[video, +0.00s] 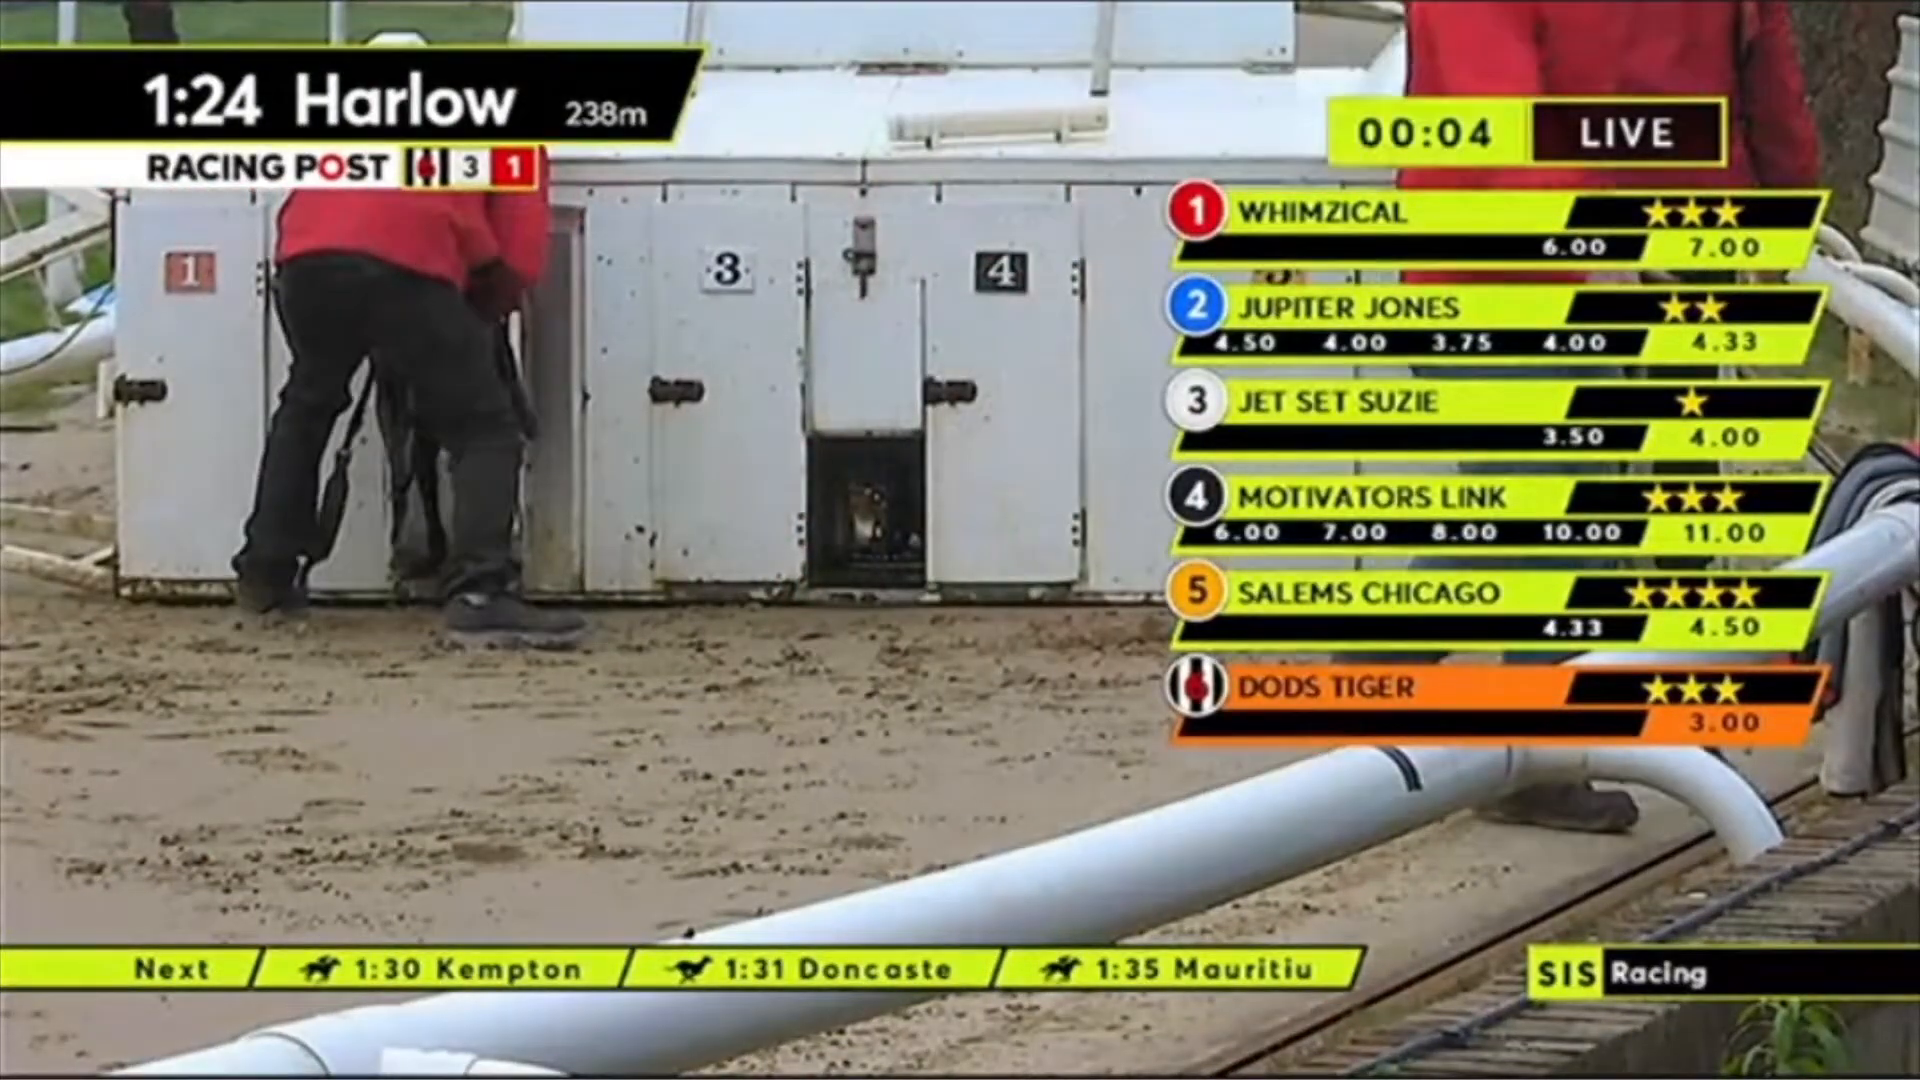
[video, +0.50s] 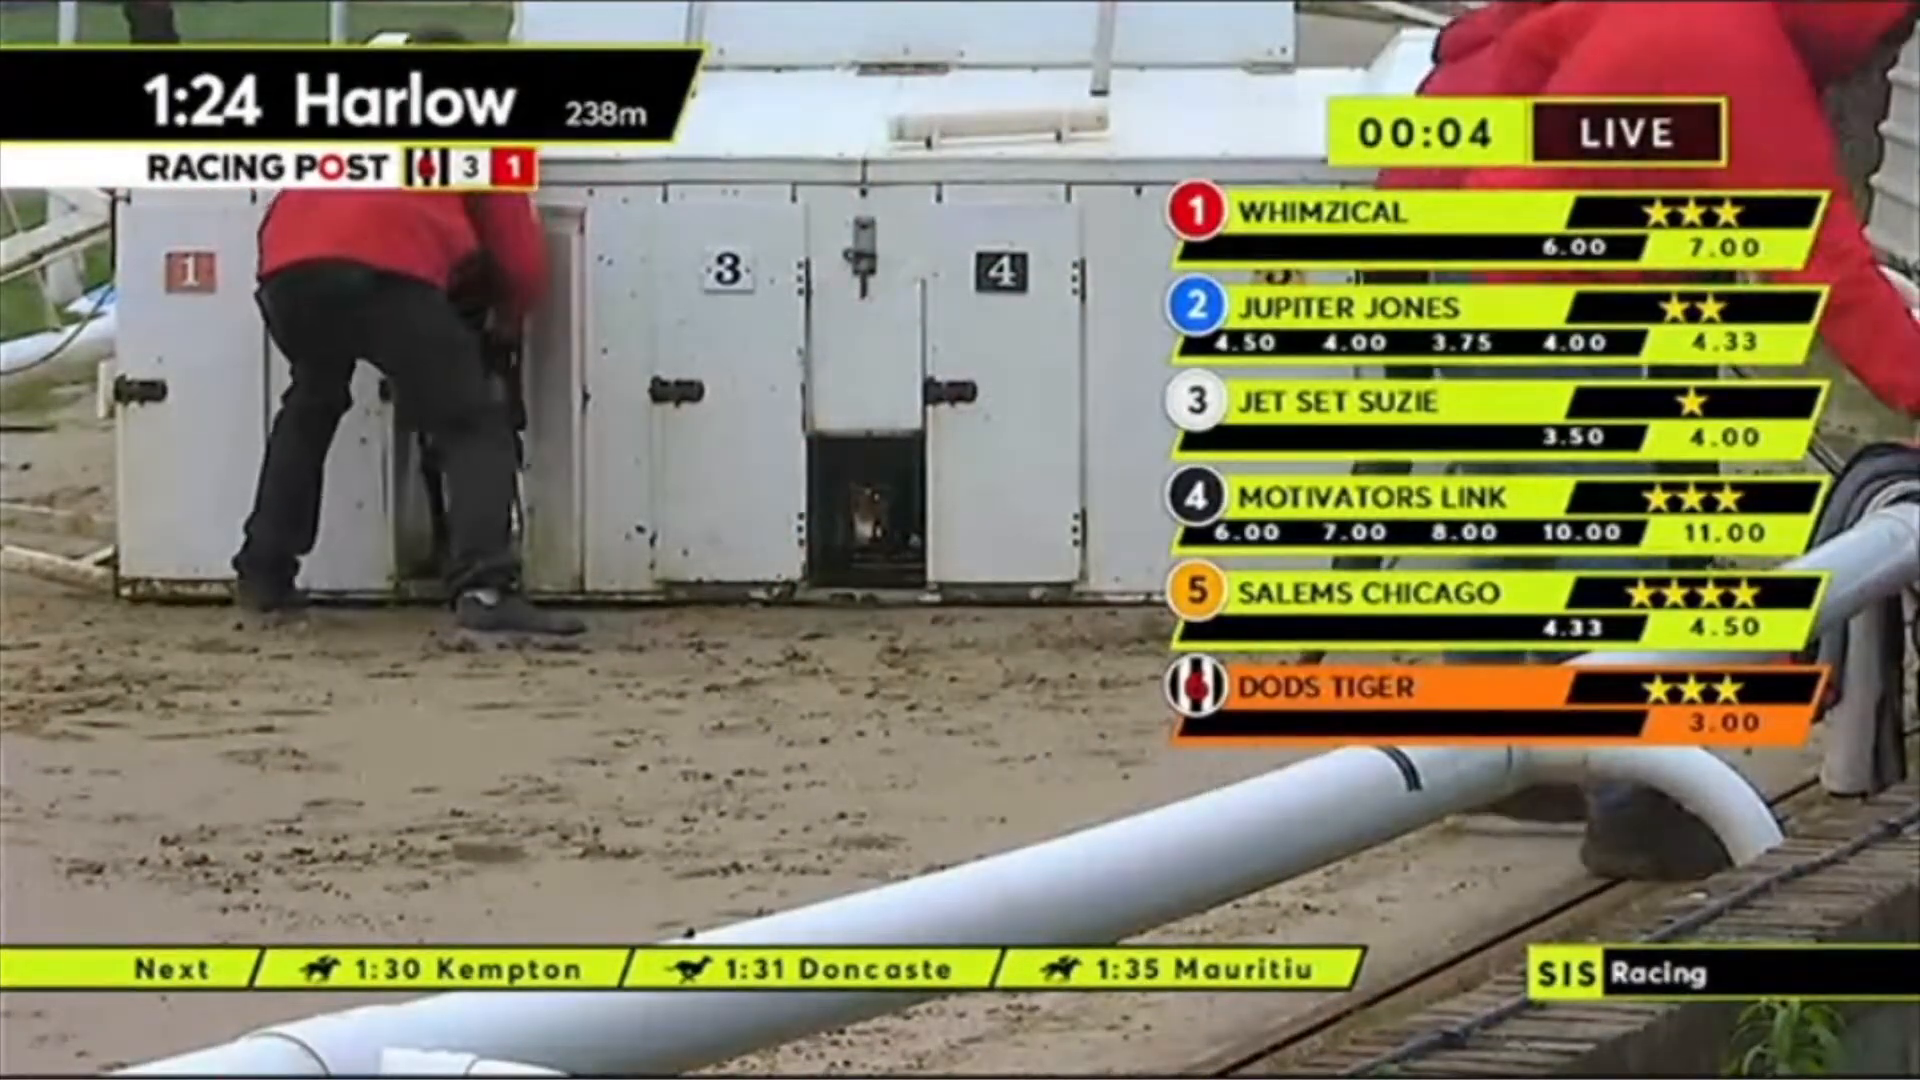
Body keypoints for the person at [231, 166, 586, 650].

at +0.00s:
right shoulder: (513, 137)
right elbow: (521, 263)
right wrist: (474, 316)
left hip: (308, 258)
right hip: (409, 270)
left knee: (310, 395)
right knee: (487, 429)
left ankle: (266, 573)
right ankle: (483, 591)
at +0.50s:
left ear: (388, 73)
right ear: (471, 83)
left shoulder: (344, 123)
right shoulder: (484, 133)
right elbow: (525, 266)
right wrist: (504, 323)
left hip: (289, 271)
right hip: (391, 273)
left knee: (315, 392)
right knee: (472, 422)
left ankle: (262, 574)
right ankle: (484, 591)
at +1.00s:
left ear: (376, 72)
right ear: (463, 86)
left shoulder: (336, 115)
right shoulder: (475, 129)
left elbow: (275, 215)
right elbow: (482, 253)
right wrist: (447, 333)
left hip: (290, 259)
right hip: (388, 264)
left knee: (312, 397)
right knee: (462, 422)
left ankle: (263, 574)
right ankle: (484, 590)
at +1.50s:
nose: (490, 104)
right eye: (485, 91)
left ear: (411, 61)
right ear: (473, 78)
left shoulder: (353, 117)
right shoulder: (468, 128)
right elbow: (515, 218)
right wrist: (583, 309)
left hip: (277, 266)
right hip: (375, 265)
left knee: (326, 391)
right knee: (471, 418)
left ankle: (264, 572)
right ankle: (487, 594)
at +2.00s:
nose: (473, 63)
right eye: (470, 50)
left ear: (402, 26)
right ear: (458, 43)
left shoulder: (331, 69)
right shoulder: (456, 90)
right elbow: (467, 209)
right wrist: (454, 292)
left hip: (262, 245)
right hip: (360, 252)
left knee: (299, 390)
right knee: (422, 409)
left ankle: (260, 575)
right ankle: (463, 586)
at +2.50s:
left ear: (412, 26)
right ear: (461, 43)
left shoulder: (313, 70)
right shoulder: (455, 79)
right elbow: (455, 214)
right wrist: (432, 292)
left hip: (262, 240)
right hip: (365, 245)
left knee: (305, 391)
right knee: (441, 406)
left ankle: (262, 573)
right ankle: (452, 555)